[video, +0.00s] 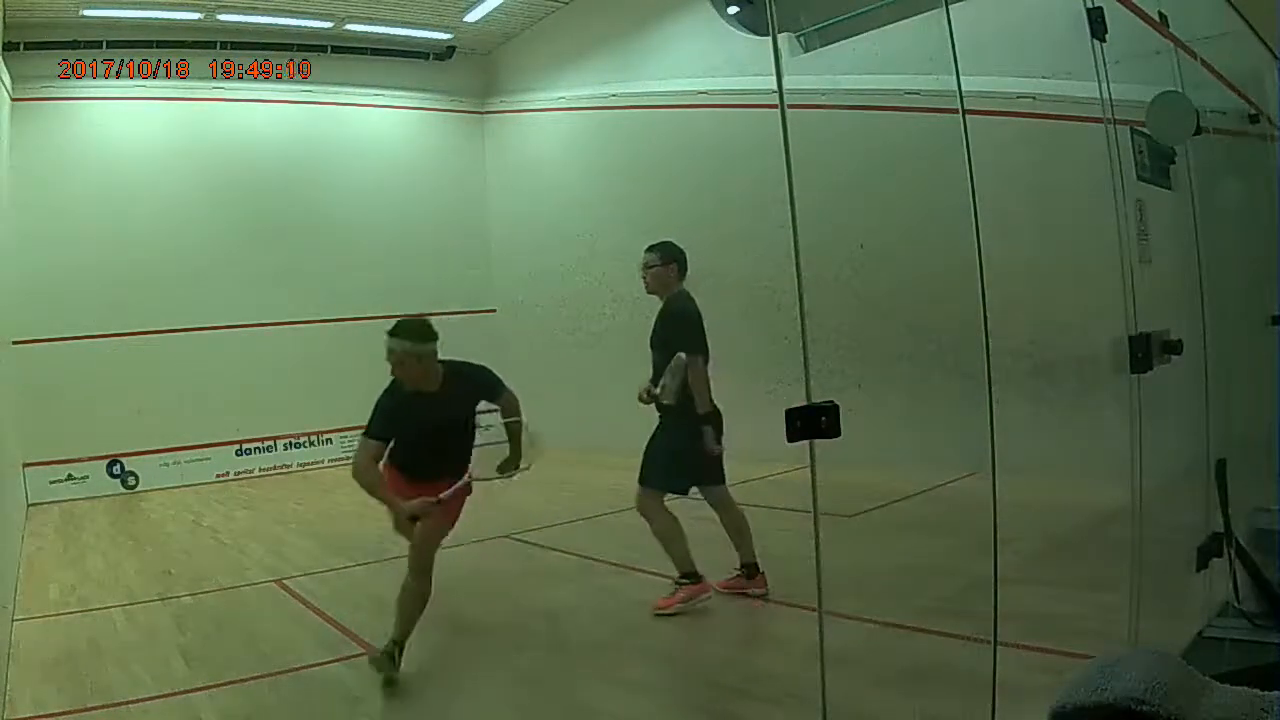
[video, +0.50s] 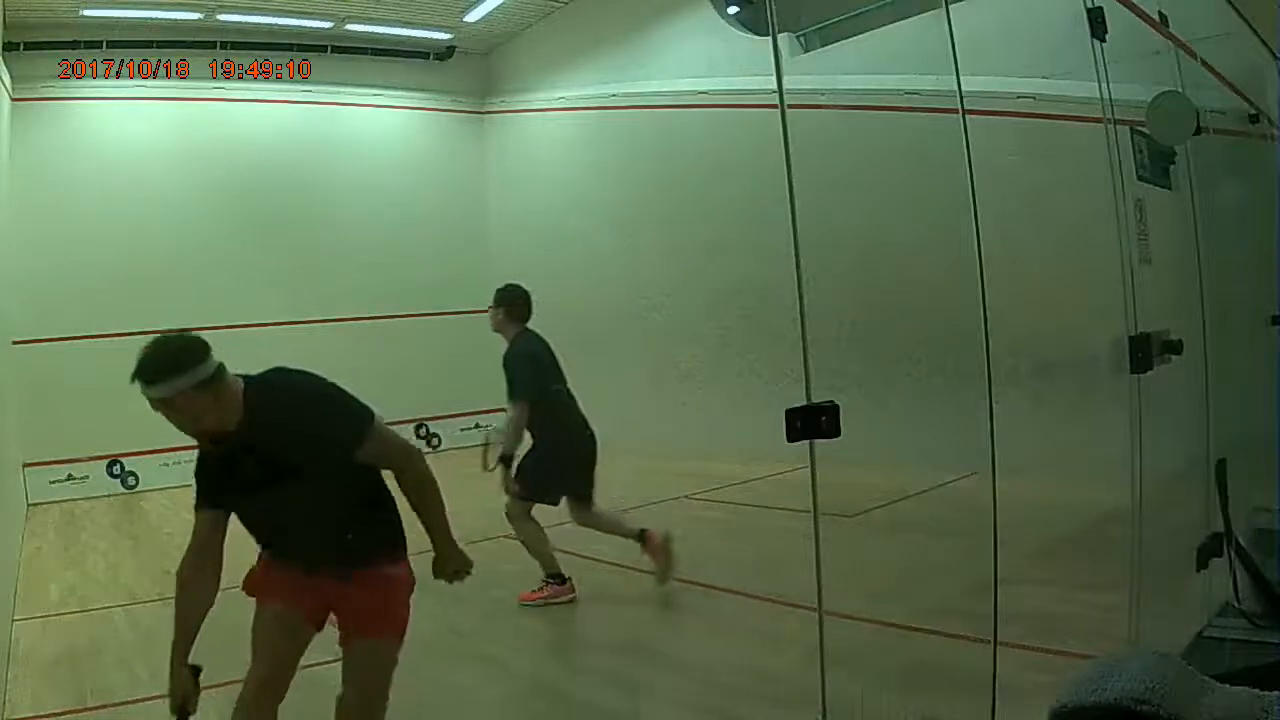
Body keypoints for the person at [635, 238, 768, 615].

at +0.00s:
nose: (643, 275)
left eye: (649, 267)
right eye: (643, 268)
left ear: (673, 270)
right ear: (669, 273)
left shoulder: (681, 310)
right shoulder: (676, 307)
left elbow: (696, 366)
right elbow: (673, 362)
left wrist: (707, 422)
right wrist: (655, 387)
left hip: (679, 421)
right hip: (695, 418)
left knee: (648, 501)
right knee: (717, 495)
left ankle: (691, 581)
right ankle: (751, 573)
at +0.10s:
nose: (627, 281)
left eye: (634, 274)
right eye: (626, 275)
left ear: (656, 278)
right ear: (651, 281)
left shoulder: (661, 317)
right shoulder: (660, 313)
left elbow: (675, 372)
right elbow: (658, 365)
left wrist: (686, 428)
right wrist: (641, 393)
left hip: (662, 429)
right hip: (685, 424)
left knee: (619, 498)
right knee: (717, 498)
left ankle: (641, 583)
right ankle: (751, 574)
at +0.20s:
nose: (607, 288)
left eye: (613, 282)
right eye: (607, 283)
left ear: (636, 286)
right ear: (632, 288)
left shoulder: (640, 326)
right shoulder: (643, 322)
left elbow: (653, 381)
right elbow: (642, 375)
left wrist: (663, 437)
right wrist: (623, 401)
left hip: (646, 434)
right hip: (674, 429)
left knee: (597, 496)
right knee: (710, 499)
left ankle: (596, 581)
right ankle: (749, 572)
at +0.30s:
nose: (569, 302)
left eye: (576, 295)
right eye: (569, 296)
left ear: (598, 298)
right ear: (595, 301)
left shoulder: (604, 340)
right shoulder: (607, 335)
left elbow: (615, 397)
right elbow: (604, 387)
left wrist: (614, 450)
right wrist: (591, 413)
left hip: (619, 440)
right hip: (646, 436)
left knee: (563, 498)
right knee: (689, 503)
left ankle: (563, 580)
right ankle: (741, 564)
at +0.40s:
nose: (528, 309)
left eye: (535, 302)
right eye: (529, 302)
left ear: (555, 306)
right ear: (555, 308)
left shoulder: (560, 348)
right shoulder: (573, 340)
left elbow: (571, 404)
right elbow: (575, 389)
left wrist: (563, 454)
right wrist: (552, 414)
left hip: (588, 443)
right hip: (614, 438)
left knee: (535, 503)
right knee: (645, 504)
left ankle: (559, 582)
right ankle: (715, 553)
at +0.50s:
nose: (489, 313)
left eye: (492, 308)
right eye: (491, 308)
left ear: (503, 314)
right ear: (520, 313)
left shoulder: (517, 353)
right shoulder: (535, 344)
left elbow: (519, 414)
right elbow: (541, 403)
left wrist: (506, 458)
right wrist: (504, 437)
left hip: (554, 446)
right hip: (581, 439)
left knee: (517, 511)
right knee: (582, 513)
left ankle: (557, 582)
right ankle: (646, 538)